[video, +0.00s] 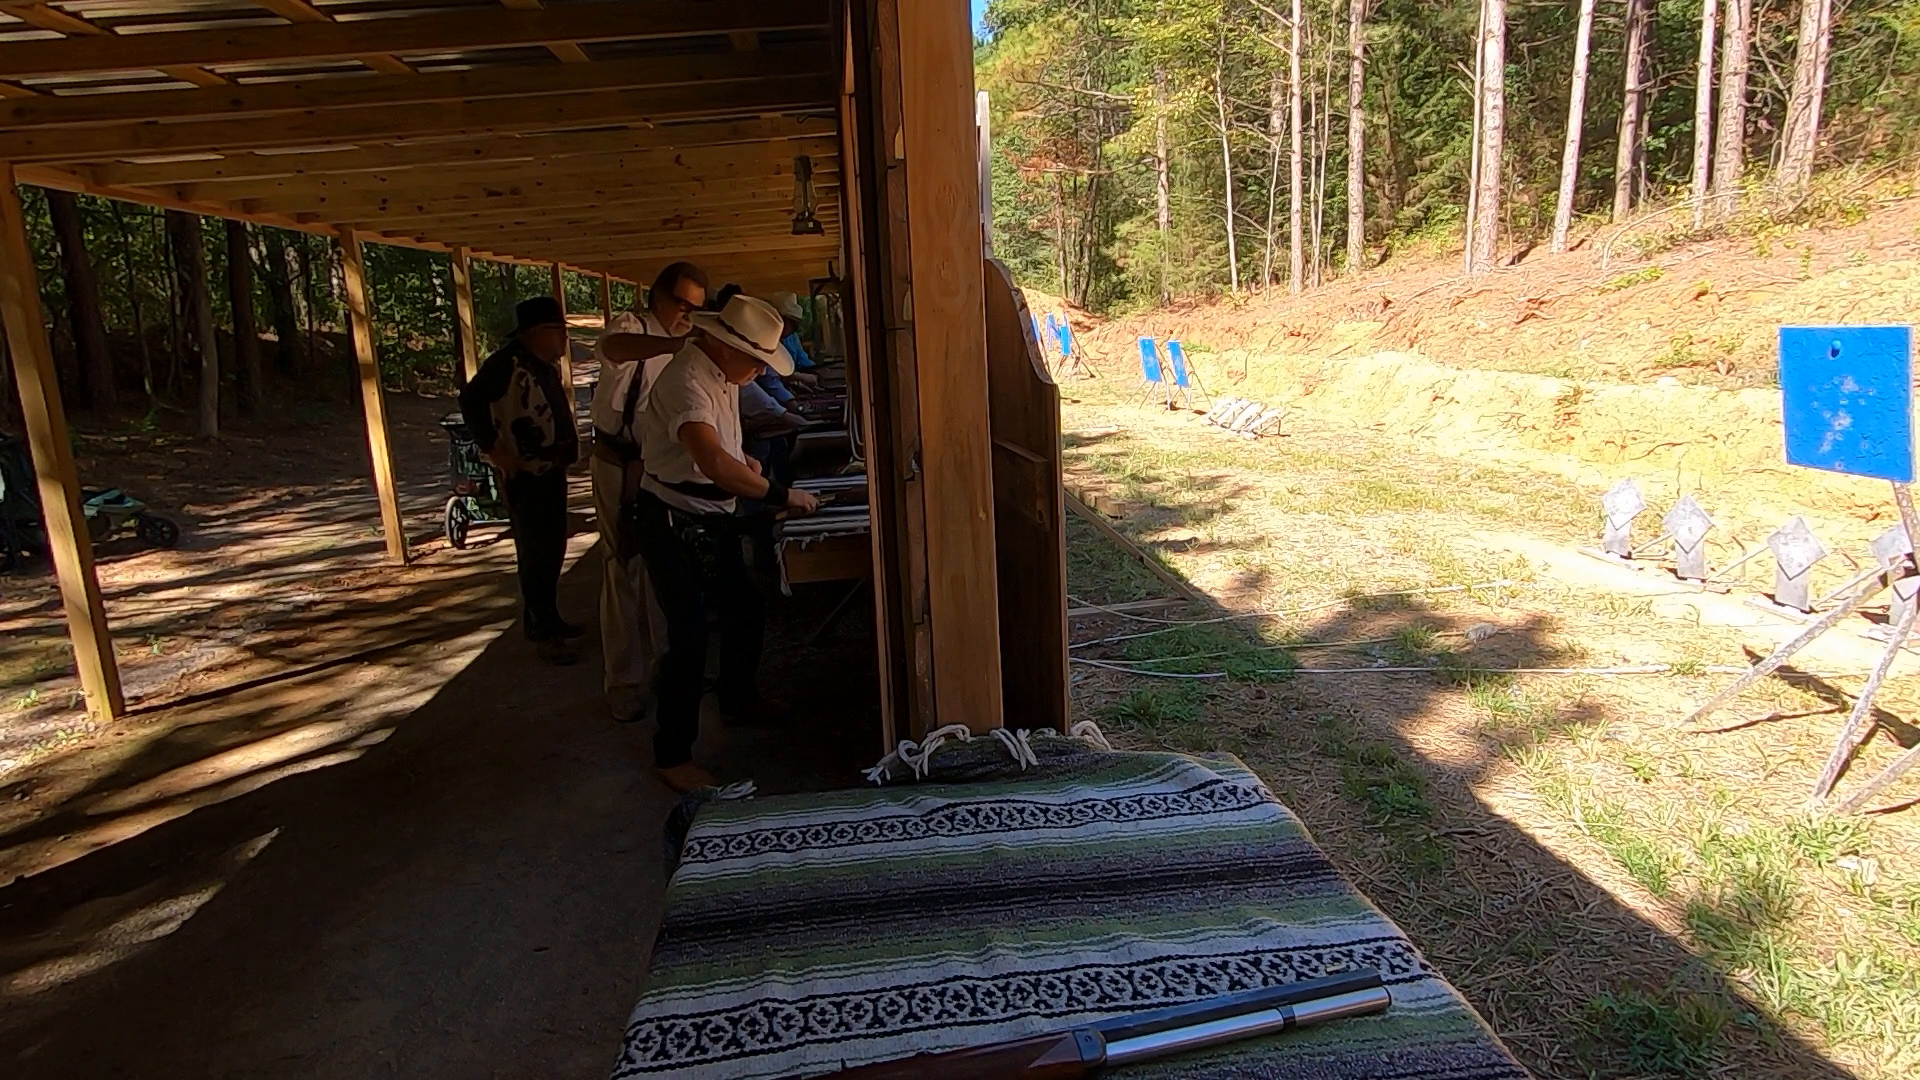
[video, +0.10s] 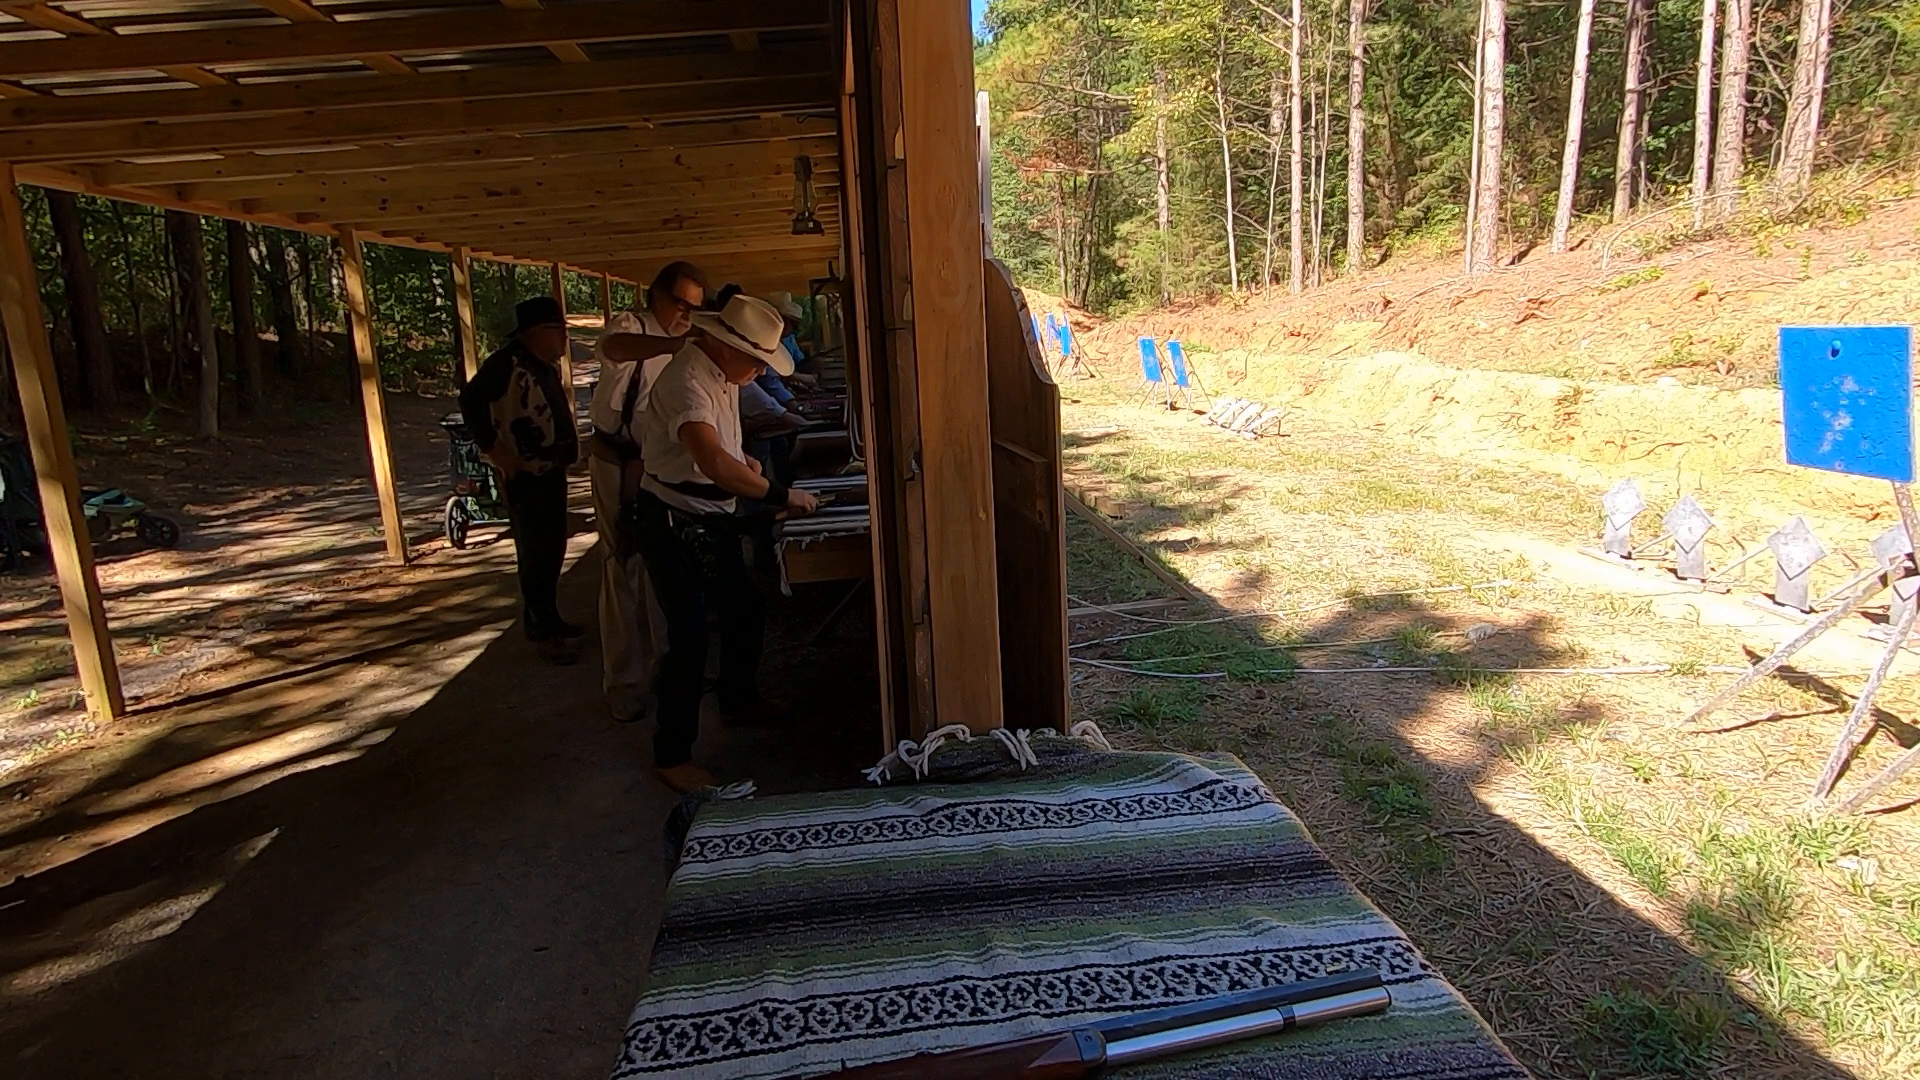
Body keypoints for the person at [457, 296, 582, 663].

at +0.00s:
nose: (565, 338)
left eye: (565, 331)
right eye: (559, 331)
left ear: (545, 333)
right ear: (537, 332)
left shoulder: (545, 365)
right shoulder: (507, 362)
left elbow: (551, 411)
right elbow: (471, 399)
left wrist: (566, 447)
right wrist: (492, 447)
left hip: (551, 472)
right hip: (525, 475)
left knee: (552, 549)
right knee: (536, 552)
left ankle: (549, 620)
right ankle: (541, 632)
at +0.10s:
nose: (565, 338)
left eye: (565, 331)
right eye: (559, 331)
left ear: (546, 333)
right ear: (536, 332)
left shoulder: (545, 365)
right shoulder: (506, 362)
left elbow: (551, 412)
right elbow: (470, 400)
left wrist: (565, 448)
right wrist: (492, 448)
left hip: (551, 472)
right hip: (525, 475)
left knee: (552, 550)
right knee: (536, 552)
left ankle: (549, 620)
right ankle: (541, 632)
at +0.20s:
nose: (565, 338)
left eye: (565, 331)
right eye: (559, 331)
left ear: (546, 333)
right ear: (536, 332)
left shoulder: (545, 365)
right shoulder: (506, 362)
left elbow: (551, 411)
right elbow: (470, 400)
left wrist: (567, 447)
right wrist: (492, 448)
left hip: (551, 472)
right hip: (525, 475)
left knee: (553, 549)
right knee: (536, 552)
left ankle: (549, 619)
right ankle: (541, 631)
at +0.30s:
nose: (565, 337)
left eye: (564, 330)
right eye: (558, 330)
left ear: (546, 333)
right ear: (536, 332)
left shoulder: (546, 367)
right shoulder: (506, 362)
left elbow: (552, 412)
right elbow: (470, 399)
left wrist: (566, 447)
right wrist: (491, 448)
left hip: (552, 472)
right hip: (525, 474)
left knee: (553, 549)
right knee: (535, 552)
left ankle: (549, 620)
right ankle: (540, 629)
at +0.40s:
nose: (564, 337)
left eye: (564, 329)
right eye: (558, 329)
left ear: (545, 333)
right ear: (536, 332)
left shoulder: (546, 367)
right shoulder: (506, 362)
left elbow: (554, 414)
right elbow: (469, 399)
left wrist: (568, 448)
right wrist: (492, 447)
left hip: (551, 473)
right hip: (525, 474)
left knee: (552, 548)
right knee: (535, 551)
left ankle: (548, 620)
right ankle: (540, 627)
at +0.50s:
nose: (560, 336)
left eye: (561, 328)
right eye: (554, 329)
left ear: (542, 331)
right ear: (533, 330)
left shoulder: (548, 364)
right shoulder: (505, 362)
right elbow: (468, 400)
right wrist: (492, 449)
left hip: (555, 472)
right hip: (526, 475)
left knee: (554, 548)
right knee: (536, 552)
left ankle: (554, 619)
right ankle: (539, 624)